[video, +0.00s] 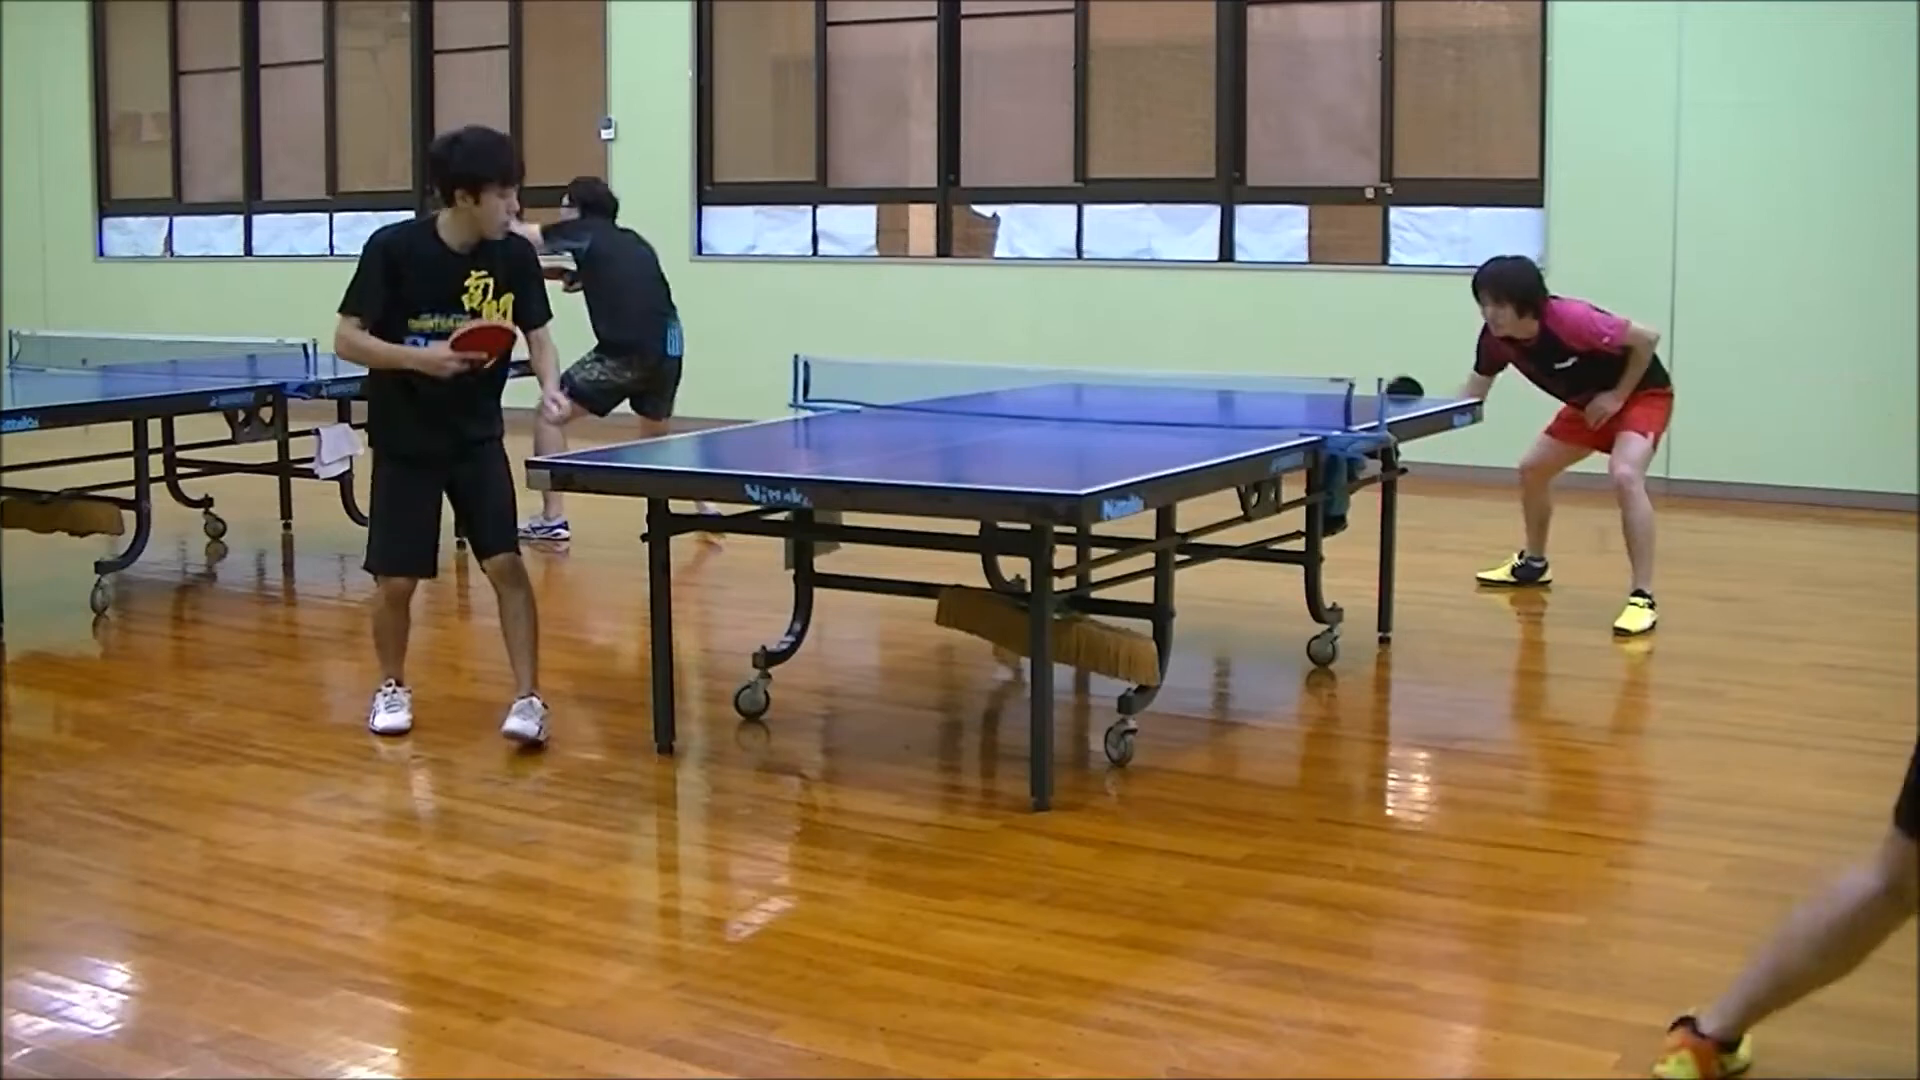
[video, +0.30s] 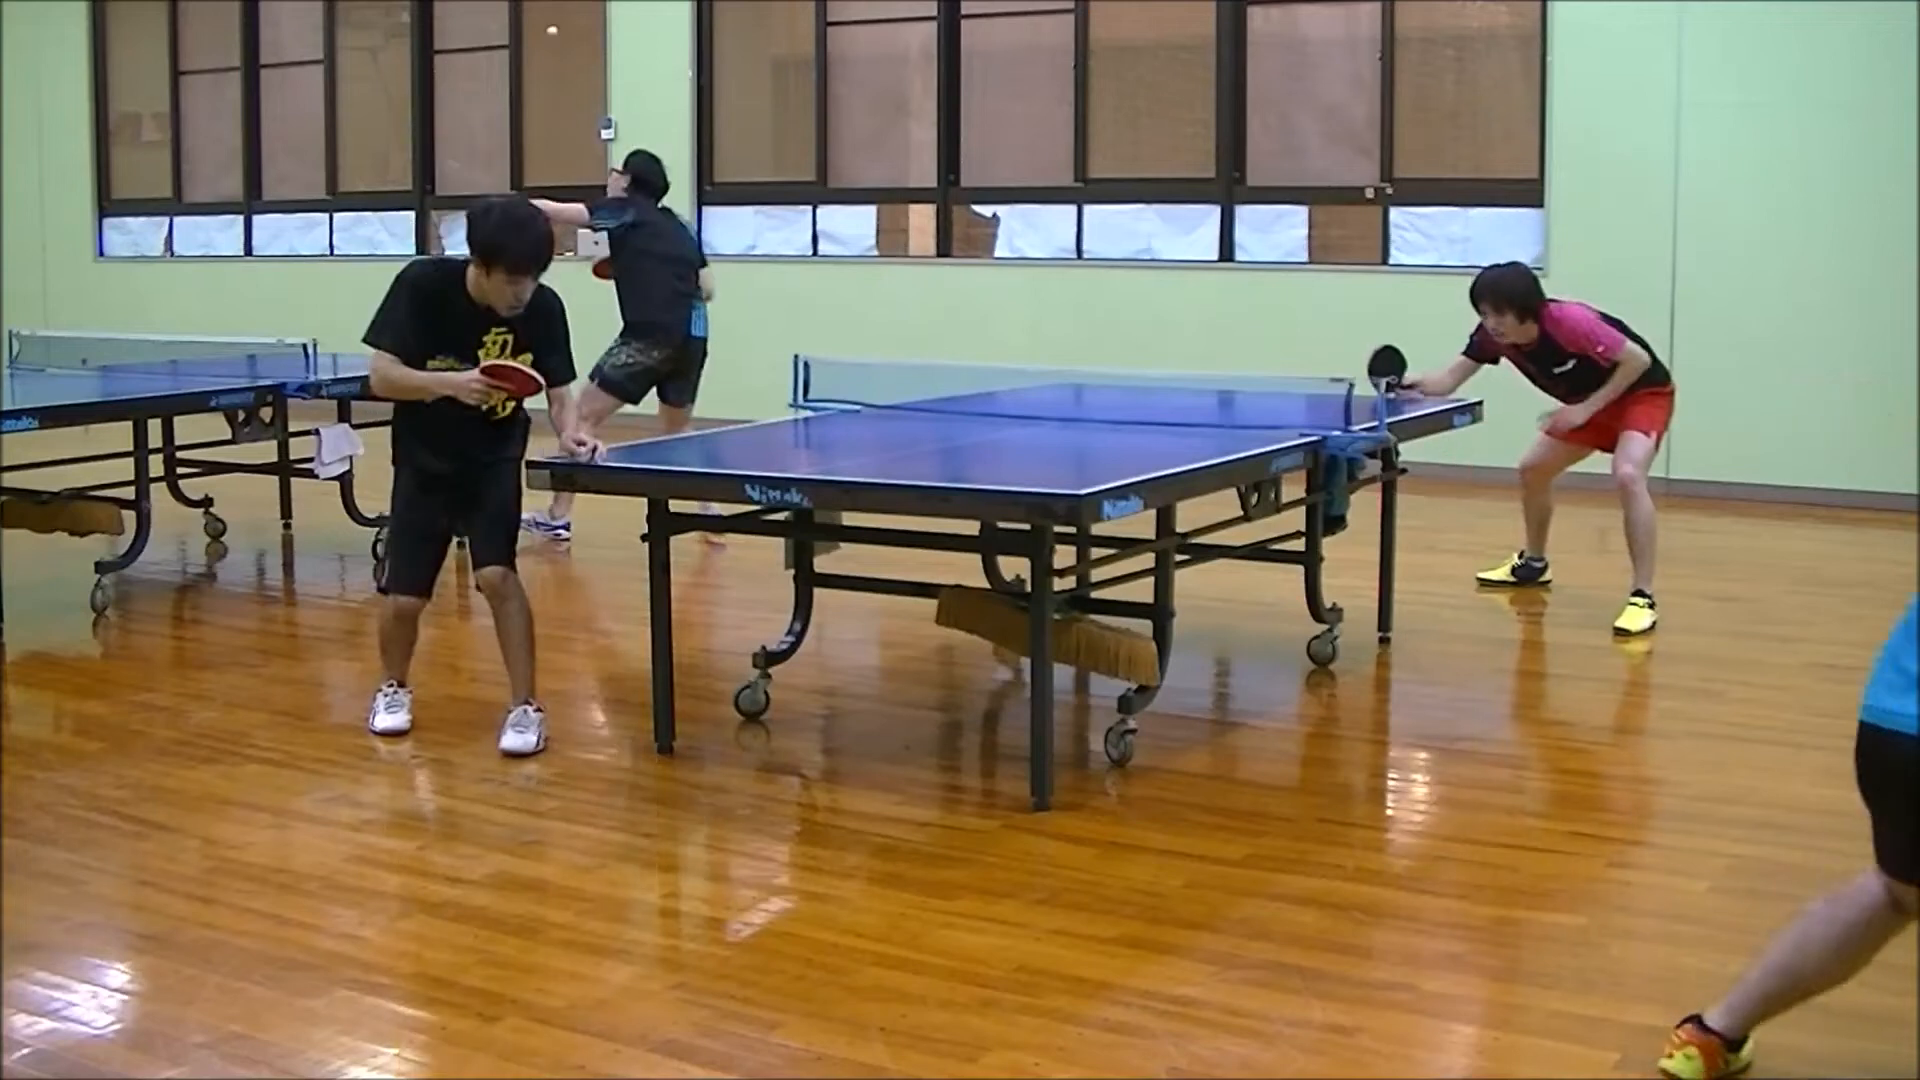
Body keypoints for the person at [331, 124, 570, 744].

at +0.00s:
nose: (511, 205)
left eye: (512, 193)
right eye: (502, 194)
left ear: (495, 194)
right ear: (463, 195)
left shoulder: (512, 253)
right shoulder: (392, 249)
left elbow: (538, 333)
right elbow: (347, 339)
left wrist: (549, 386)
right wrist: (418, 357)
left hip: (477, 440)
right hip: (404, 444)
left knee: (506, 565)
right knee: (396, 583)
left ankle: (527, 698)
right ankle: (391, 687)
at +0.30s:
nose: (523, 294)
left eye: (532, 281)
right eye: (513, 281)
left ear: (542, 268)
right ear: (479, 264)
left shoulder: (542, 308)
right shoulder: (422, 283)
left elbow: (560, 397)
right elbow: (381, 377)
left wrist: (571, 431)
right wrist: (448, 383)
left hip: (496, 461)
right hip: (423, 457)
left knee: (494, 574)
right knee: (403, 598)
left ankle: (525, 707)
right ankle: (394, 688)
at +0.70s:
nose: (550, 336)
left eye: (559, 326)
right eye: (541, 324)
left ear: (573, 312)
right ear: (508, 303)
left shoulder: (575, 332)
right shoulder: (462, 300)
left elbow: (558, 429)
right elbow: (436, 400)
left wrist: (535, 425)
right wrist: (527, 388)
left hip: (521, 463)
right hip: (455, 455)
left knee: (500, 590)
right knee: (438, 593)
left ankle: (524, 709)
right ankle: (418, 672)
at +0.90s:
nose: (553, 352)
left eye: (564, 342)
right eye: (543, 340)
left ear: (579, 325)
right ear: (514, 315)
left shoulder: (582, 338)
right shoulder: (469, 306)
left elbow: (551, 438)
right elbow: (443, 409)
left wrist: (531, 421)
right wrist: (535, 392)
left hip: (524, 465)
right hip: (457, 456)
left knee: (502, 592)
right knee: (449, 591)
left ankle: (525, 710)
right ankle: (423, 671)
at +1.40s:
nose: (564, 360)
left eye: (573, 349)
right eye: (554, 348)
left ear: (583, 333)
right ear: (520, 324)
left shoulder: (582, 343)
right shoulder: (471, 310)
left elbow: (551, 443)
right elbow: (442, 414)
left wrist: (527, 417)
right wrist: (533, 394)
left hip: (521, 466)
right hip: (455, 458)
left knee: (504, 592)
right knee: (455, 588)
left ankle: (525, 709)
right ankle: (428, 672)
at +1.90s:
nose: (548, 345)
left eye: (554, 334)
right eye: (537, 334)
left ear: (563, 319)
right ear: (503, 316)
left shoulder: (565, 345)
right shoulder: (457, 303)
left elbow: (550, 436)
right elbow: (346, 314)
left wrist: (531, 432)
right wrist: (378, 310)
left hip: (513, 475)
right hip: (448, 465)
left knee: (508, 598)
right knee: (418, 580)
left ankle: (525, 709)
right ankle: (406, 653)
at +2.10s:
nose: (513, 330)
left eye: (519, 317)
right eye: (501, 320)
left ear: (527, 303)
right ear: (467, 308)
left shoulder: (537, 340)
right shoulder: (419, 295)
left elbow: (528, 421)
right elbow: (353, 276)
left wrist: (516, 442)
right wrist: (319, 296)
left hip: (494, 483)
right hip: (424, 476)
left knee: (494, 600)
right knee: (383, 606)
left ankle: (526, 709)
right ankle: (333, 678)